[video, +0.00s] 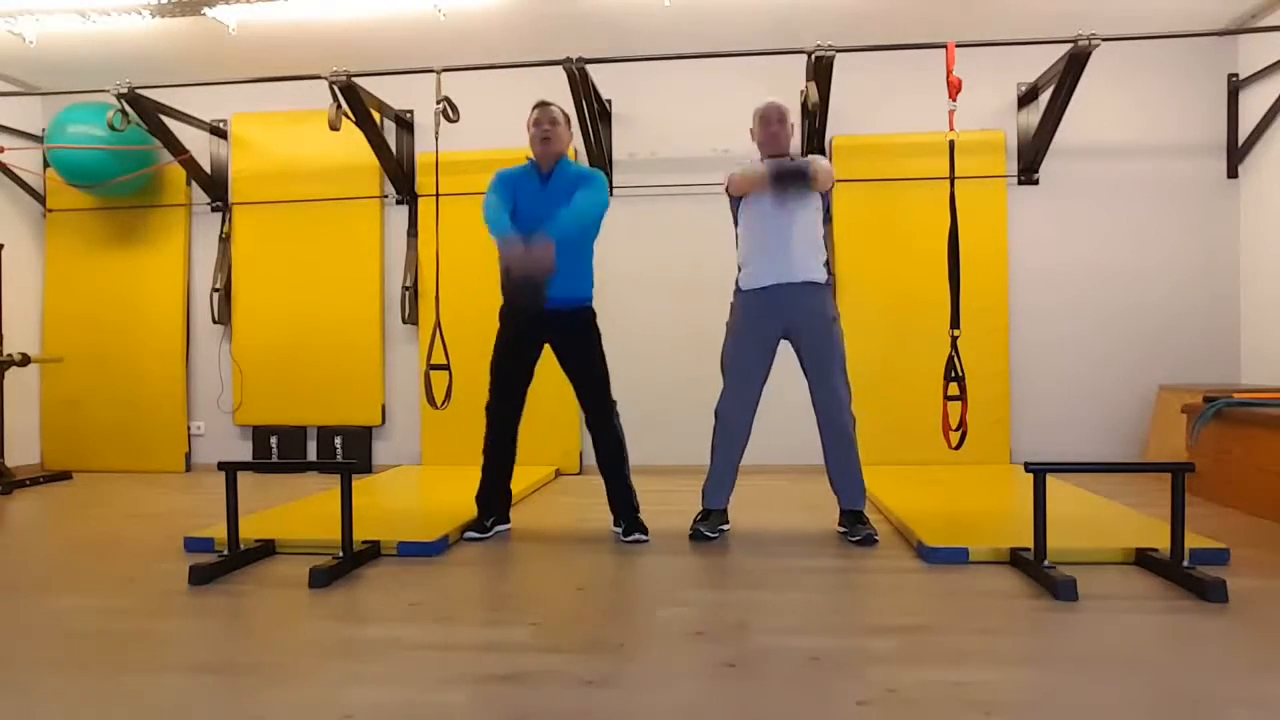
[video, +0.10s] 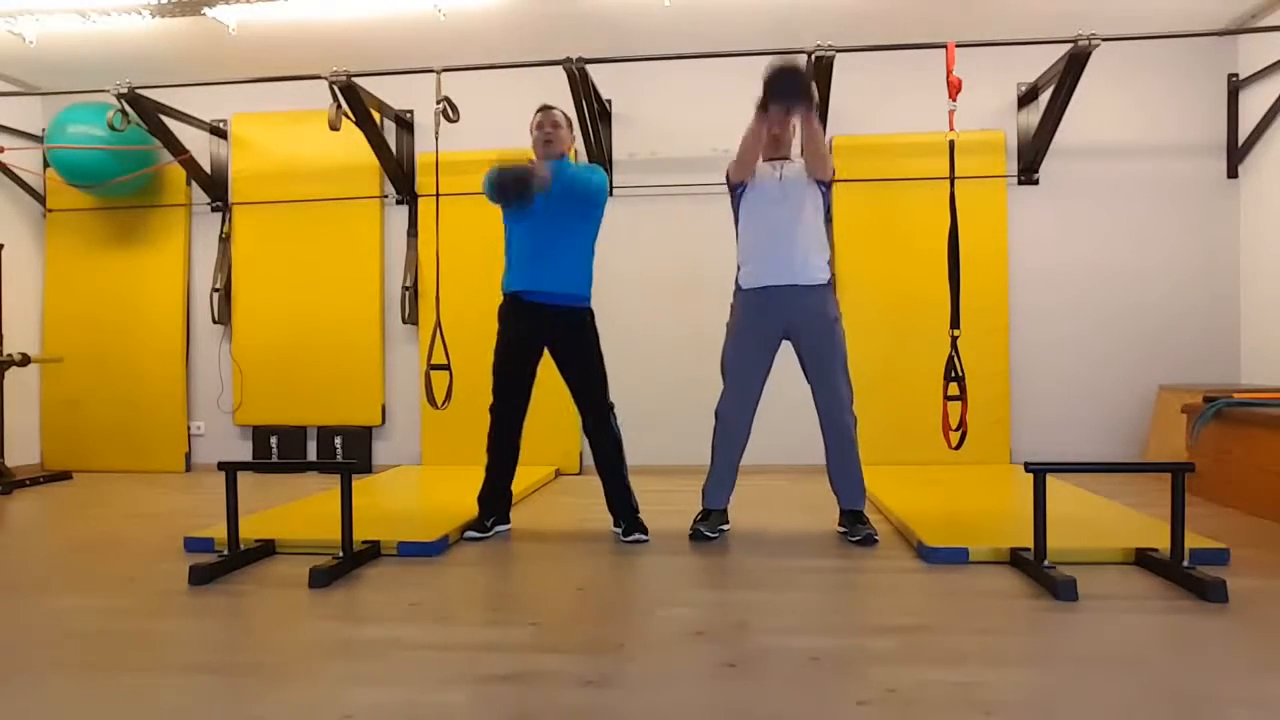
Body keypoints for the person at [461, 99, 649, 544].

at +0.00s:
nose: (545, 127)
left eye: (553, 122)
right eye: (537, 122)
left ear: (569, 135)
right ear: (527, 136)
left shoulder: (590, 180)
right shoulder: (509, 179)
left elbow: (584, 213)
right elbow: (494, 210)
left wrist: (546, 240)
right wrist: (511, 242)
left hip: (572, 315)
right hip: (520, 315)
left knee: (601, 413)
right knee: (501, 414)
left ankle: (627, 516)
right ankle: (493, 513)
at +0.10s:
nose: (547, 130)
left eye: (556, 124)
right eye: (540, 125)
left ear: (572, 137)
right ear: (529, 137)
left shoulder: (591, 177)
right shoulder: (516, 177)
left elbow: (589, 185)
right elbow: (493, 185)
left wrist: (544, 172)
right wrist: (514, 181)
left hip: (572, 313)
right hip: (520, 310)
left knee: (598, 415)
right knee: (505, 415)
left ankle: (626, 517)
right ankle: (493, 514)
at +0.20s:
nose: (547, 134)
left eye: (555, 127)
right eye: (540, 131)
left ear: (572, 136)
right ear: (532, 139)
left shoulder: (593, 177)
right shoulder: (518, 178)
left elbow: (566, 150)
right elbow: (495, 171)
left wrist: (546, 124)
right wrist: (502, 128)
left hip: (571, 311)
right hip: (519, 309)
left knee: (597, 415)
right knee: (507, 414)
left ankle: (626, 517)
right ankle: (494, 514)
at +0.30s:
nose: (537, 135)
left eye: (545, 129)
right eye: (533, 128)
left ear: (565, 137)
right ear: (532, 137)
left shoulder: (591, 176)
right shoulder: (518, 177)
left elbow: (577, 139)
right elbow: (494, 155)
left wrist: (544, 98)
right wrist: (500, 109)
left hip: (573, 312)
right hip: (522, 310)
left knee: (598, 417)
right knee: (508, 416)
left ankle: (626, 517)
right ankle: (494, 514)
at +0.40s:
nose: (541, 125)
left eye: (549, 120)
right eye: (536, 121)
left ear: (568, 132)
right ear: (532, 135)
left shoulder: (591, 173)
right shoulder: (518, 176)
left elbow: (576, 133)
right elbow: (494, 151)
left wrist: (544, 92)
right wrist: (499, 103)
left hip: (575, 311)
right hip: (524, 310)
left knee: (599, 415)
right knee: (509, 415)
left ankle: (627, 517)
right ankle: (494, 513)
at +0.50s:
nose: (539, 142)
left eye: (547, 136)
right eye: (536, 135)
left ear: (567, 141)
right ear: (535, 141)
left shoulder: (592, 175)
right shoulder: (520, 178)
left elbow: (570, 142)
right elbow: (495, 158)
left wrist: (544, 112)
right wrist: (498, 116)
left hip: (577, 312)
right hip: (526, 310)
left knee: (600, 415)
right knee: (509, 414)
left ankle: (627, 517)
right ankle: (494, 513)